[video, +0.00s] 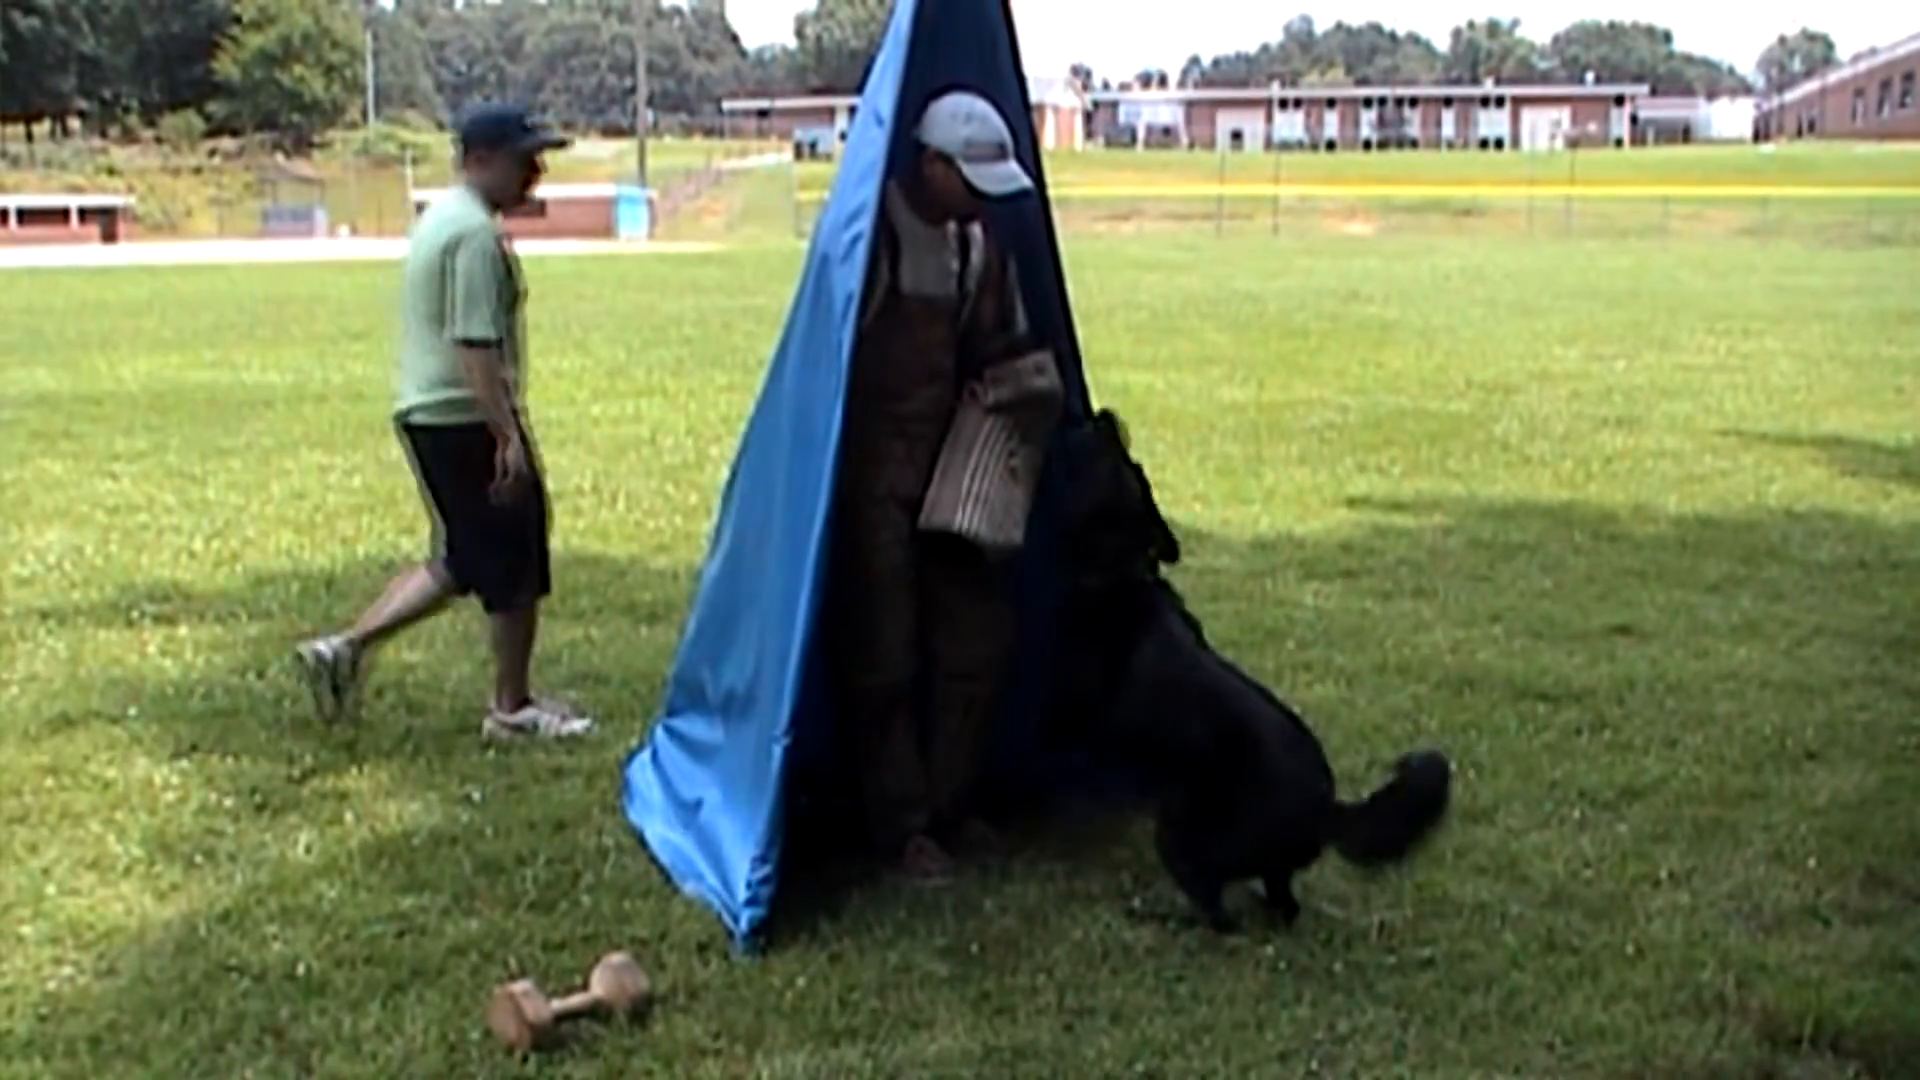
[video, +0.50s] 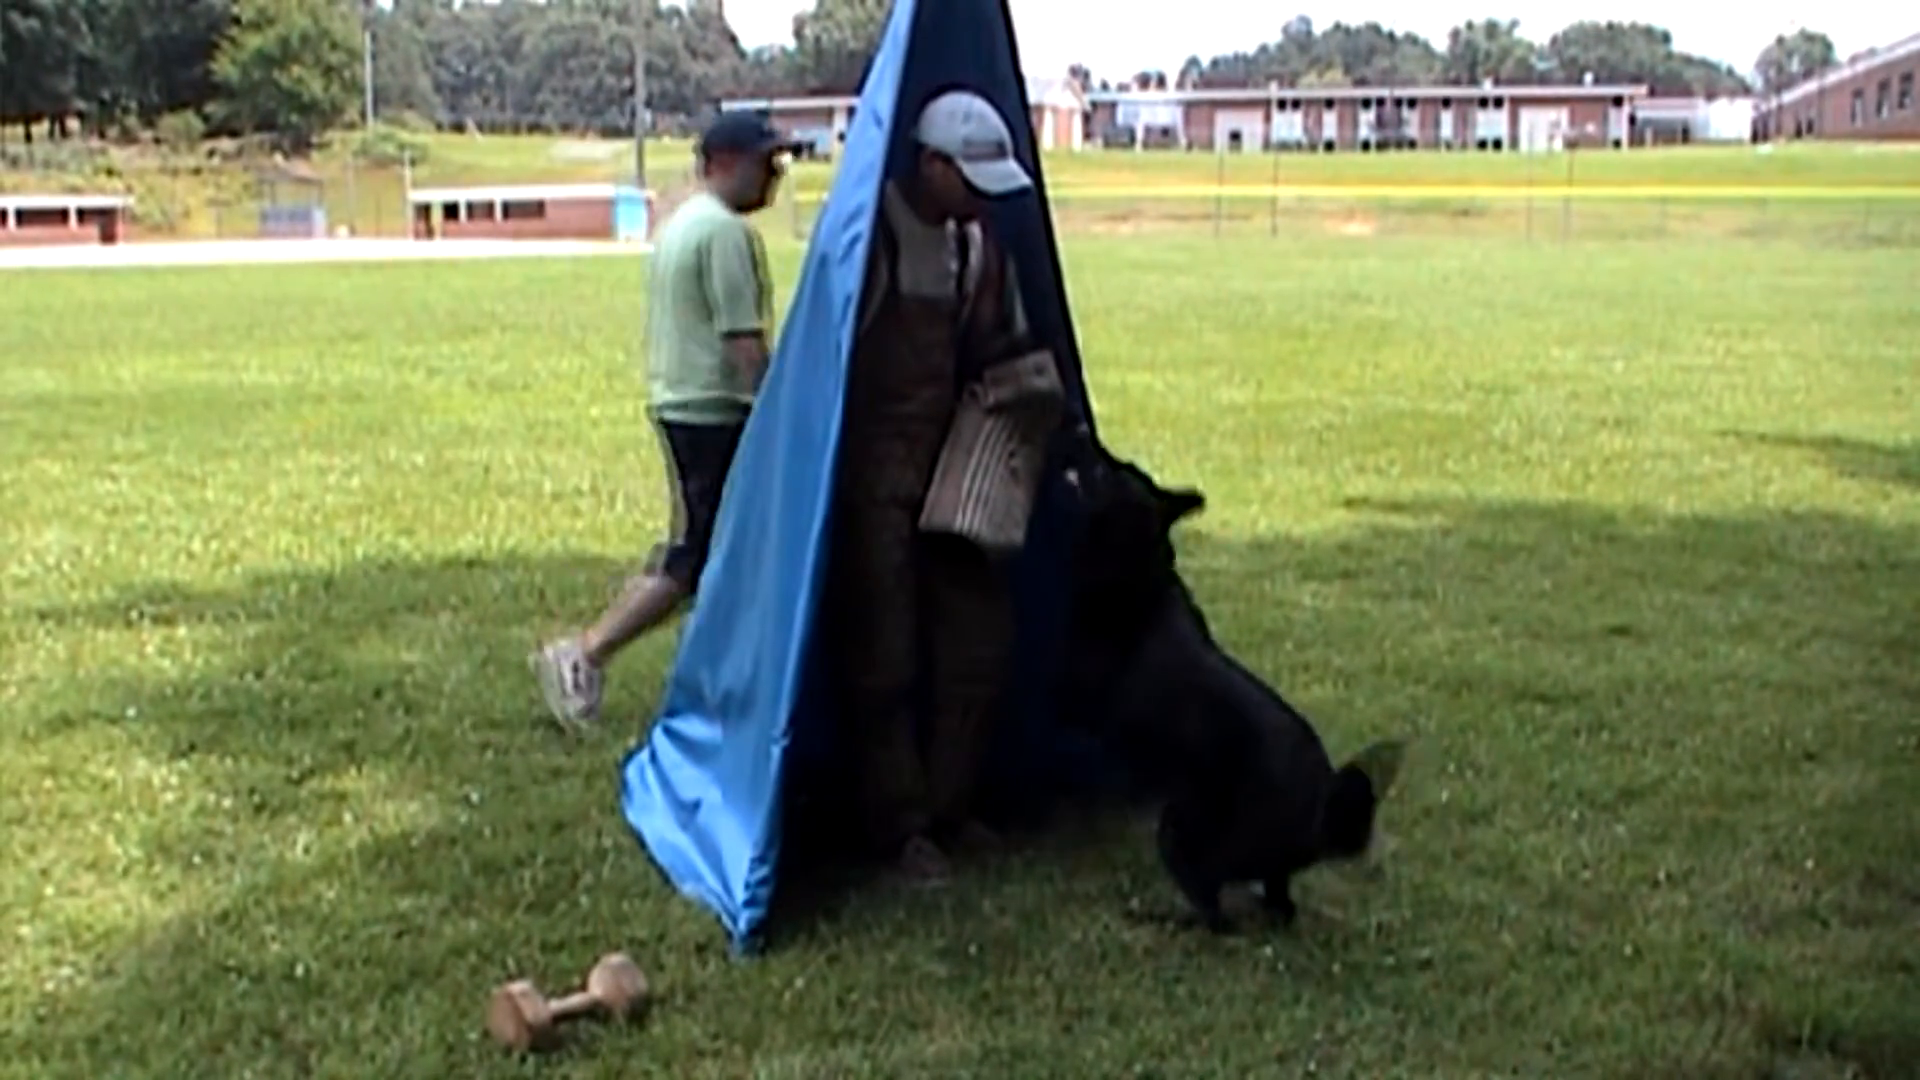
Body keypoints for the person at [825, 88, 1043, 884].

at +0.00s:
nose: (979, 200)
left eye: (986, 186)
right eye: (969, 183)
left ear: (983, 175)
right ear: (928, 164)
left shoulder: (984, 249)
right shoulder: (864, 244)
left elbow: (1020, 363)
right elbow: (824, 370)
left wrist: (1021, 383)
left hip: (963, 487)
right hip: (874, 487)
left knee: (969, 646)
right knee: (887, 657)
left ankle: (951, 810)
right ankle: (898, 828)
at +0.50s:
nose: (980, 197)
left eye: (987, 184)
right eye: (970, 181)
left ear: (980, 171)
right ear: (928, 164)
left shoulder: (984, 246)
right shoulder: (865, 242)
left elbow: (1002, 359)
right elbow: (821, 366)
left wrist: (1029, 383)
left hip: (964, 484)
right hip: (876, 483)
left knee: (972, 644)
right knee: (888, 655)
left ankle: (952, 810)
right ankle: (899, 828)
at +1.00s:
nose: (977, 199)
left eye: (984, 185)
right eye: (968, 182)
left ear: (980, 174)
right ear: (925, 164)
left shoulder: (981, 251)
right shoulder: (862, 245)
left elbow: (1007, 362)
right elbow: (821, 367)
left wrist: (1026, 384)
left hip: (960, 482)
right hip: (872, 483)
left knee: (970, 643)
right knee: (886, 656)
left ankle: (952, 811)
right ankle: (898, 831)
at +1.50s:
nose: (976, 200)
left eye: (983, 186)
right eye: (966, 183)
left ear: (975, 175)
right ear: (922, 164)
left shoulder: (978, 251)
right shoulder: (857, 243)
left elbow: (1004, 361)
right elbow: (819, 366)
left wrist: (1025, 381)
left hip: (956, 485)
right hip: (869, 486)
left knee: (968, 645)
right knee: (882, 658)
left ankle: (947, 811)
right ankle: (894, 830)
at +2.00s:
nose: (975, 201)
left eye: (982, 186)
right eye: (966, 183)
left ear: (975, 175)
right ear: (924, 164)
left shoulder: (978, 249)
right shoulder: (861, 242)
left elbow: (998, 359)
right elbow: (820, 364)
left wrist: (1025, 377)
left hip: (958, 475)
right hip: (871, 477)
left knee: (967, 639)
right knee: (884, 652)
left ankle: (950, 810)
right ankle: (895, 828)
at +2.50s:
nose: (973, 200)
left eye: (981, 186)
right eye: (964, 183)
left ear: (976, 175)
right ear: (923, 165)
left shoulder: (978, 248)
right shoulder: (860, 243)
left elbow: (1002, 359)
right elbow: (820, 366)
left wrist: (1022, 384)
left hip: (957, 482)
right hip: (870, 483)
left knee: (966, 644)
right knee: (883, 656)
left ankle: (946, 811)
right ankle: (894, 829)